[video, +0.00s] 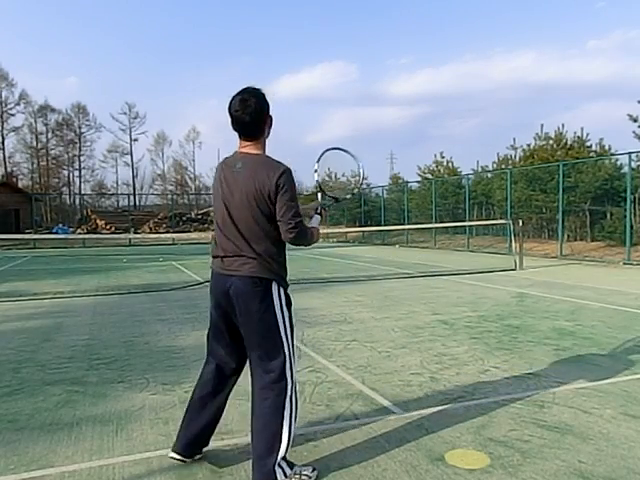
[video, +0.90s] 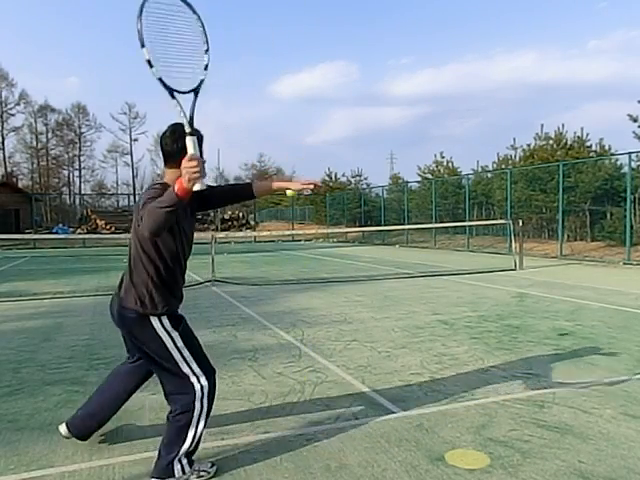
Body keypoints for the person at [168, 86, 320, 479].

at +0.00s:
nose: (271, 120)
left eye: (267, 114)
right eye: (270, 115)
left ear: (233, 125)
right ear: (268, 122)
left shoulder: (224, 169)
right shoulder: (276, 173)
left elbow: (234, 218)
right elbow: (291, 230)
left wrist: (288, 218)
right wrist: (313, 234)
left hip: (222, 281)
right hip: (260, 284)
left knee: (221, 362)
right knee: (273, 373)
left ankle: (187, 444)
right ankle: (272, 466)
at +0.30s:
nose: (231, 130)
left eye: (229, 124)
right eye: (231, 124)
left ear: (193, 132)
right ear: (225, 129)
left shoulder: (187, 173)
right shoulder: (215, 174)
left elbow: (247, 197)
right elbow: (258, 205)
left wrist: (283, 166)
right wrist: (296, 188)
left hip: (176, 289)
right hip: (209, 292)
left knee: (178, 378)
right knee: (243, 380)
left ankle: (156, 465)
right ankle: (265, 468)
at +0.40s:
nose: (225, 127)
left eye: (223, 121)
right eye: (224, 121)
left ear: (188, 122)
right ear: (219, 121)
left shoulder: (181, 162)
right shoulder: (199, 162)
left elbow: (241, 177)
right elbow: (245, 176)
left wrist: (273, 147)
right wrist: (286, 153)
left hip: (167, 280)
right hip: (194, 283)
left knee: (173, 375)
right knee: (226, 376)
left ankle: (154, 465)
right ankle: (214, 466)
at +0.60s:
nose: (216, 137)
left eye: (218, 133)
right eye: (216, 131)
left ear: (181, 129)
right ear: (207, 132)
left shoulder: (196, 174)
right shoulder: (180, 166)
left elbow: (248, 168)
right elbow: (208, 152)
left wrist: (281, 134)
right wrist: (245, 107)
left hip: (156, 287)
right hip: (179, 291)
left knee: (162, 364)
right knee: (196, 380)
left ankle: (111, 436)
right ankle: (170, 464)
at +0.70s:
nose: (215, 148)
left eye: (217, 143)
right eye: (210, 142)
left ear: (177, 144)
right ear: (198, 144)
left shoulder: (201, 185)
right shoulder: (168, 180)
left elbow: (248, 179)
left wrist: (293, 156)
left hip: (155, 300)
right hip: (170, 305)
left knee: (157, 369)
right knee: (207, 389)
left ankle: (89, 429)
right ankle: (174, 466)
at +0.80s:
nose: (214, 155)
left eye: (214, 147)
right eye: (209, 147)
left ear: (173, 150)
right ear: (195, 151)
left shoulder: (196, 190)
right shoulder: (166, 190)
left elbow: (246, 188)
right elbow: (167, 202)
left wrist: (293, 177)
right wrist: (204, 152)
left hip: (142, 304)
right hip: (160, 310)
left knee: (148, 365)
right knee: (204, 385)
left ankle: (85, 425)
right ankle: (175, 466)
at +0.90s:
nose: (203, 161)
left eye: (201, 156)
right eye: (200, 156)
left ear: (167, 158)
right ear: (189, 160)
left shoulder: (178, 196)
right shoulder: (161, 198)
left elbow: (224, 194)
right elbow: (149, 226)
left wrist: (281, 185)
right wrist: (180, 190)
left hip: (130, 306)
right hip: (153, 312)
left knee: (142, 362)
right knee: (198, 382)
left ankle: (81, 424)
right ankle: (174, 466)